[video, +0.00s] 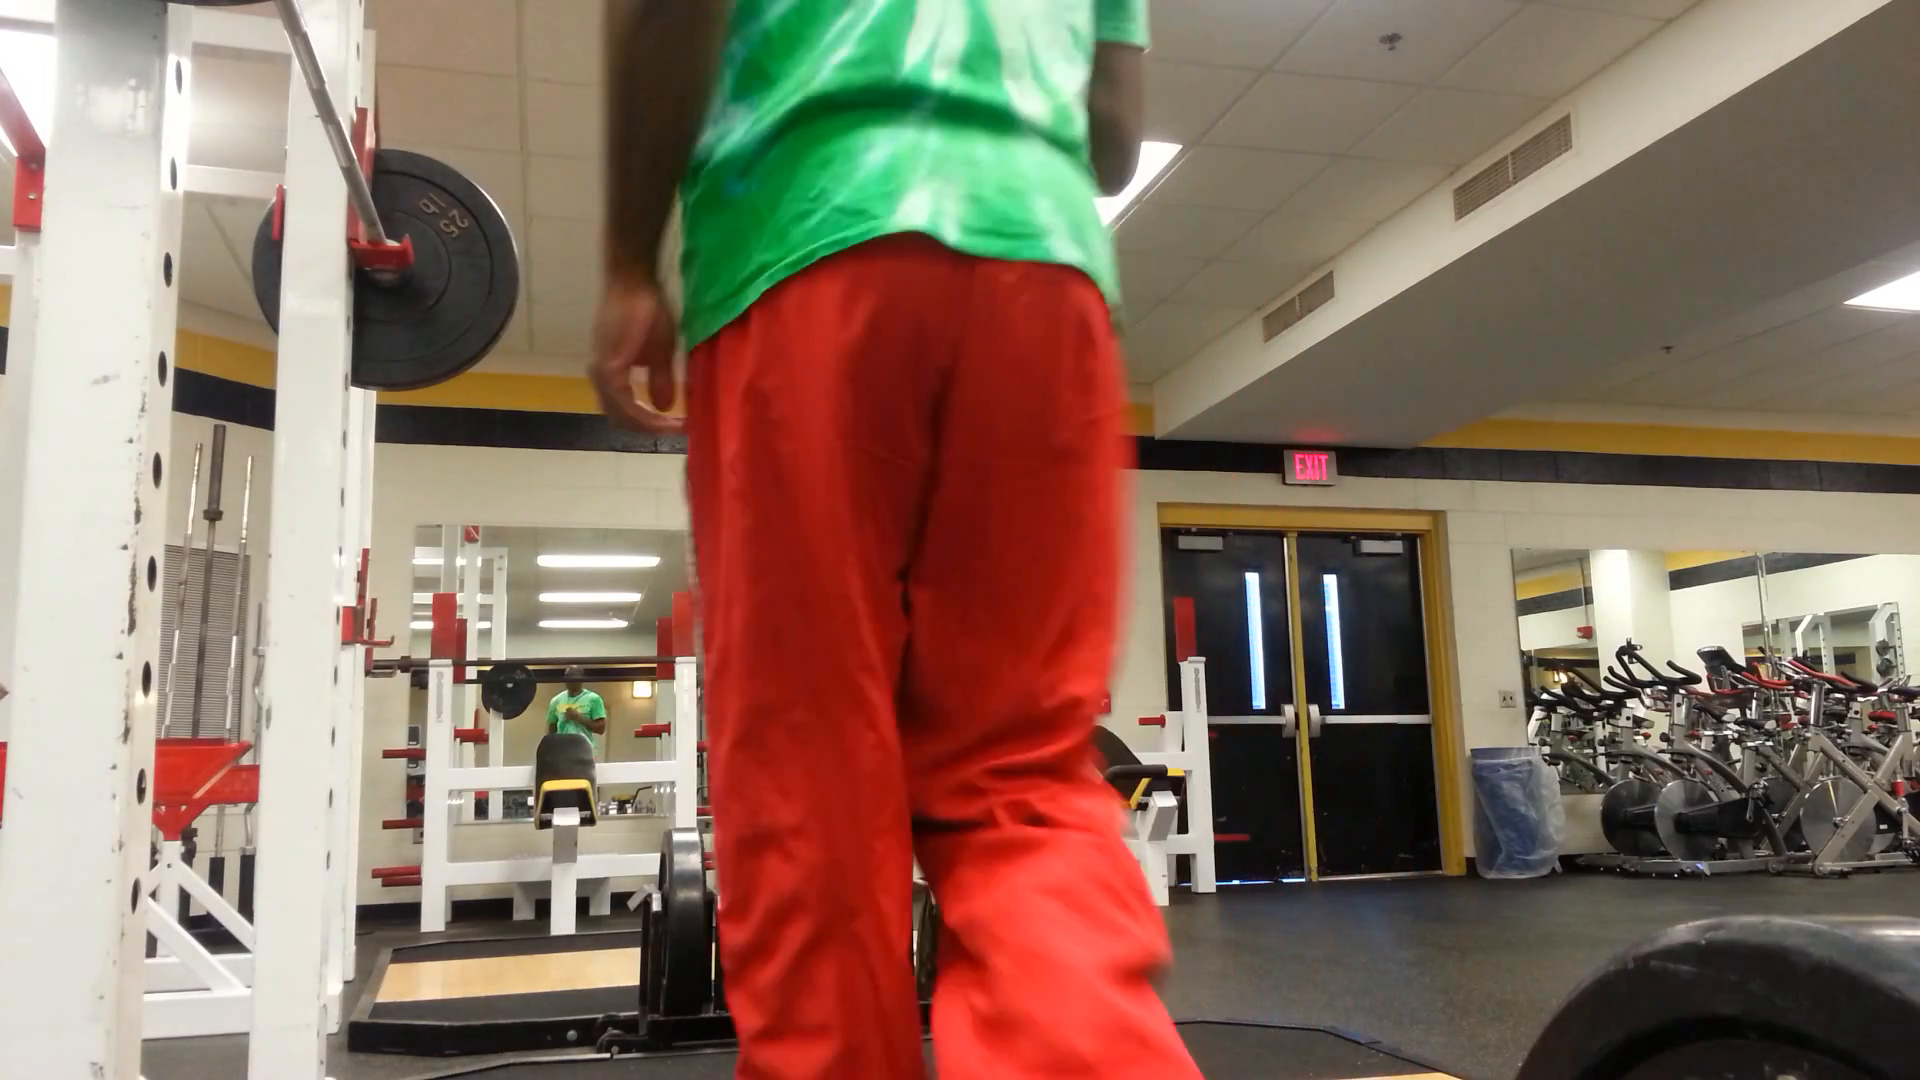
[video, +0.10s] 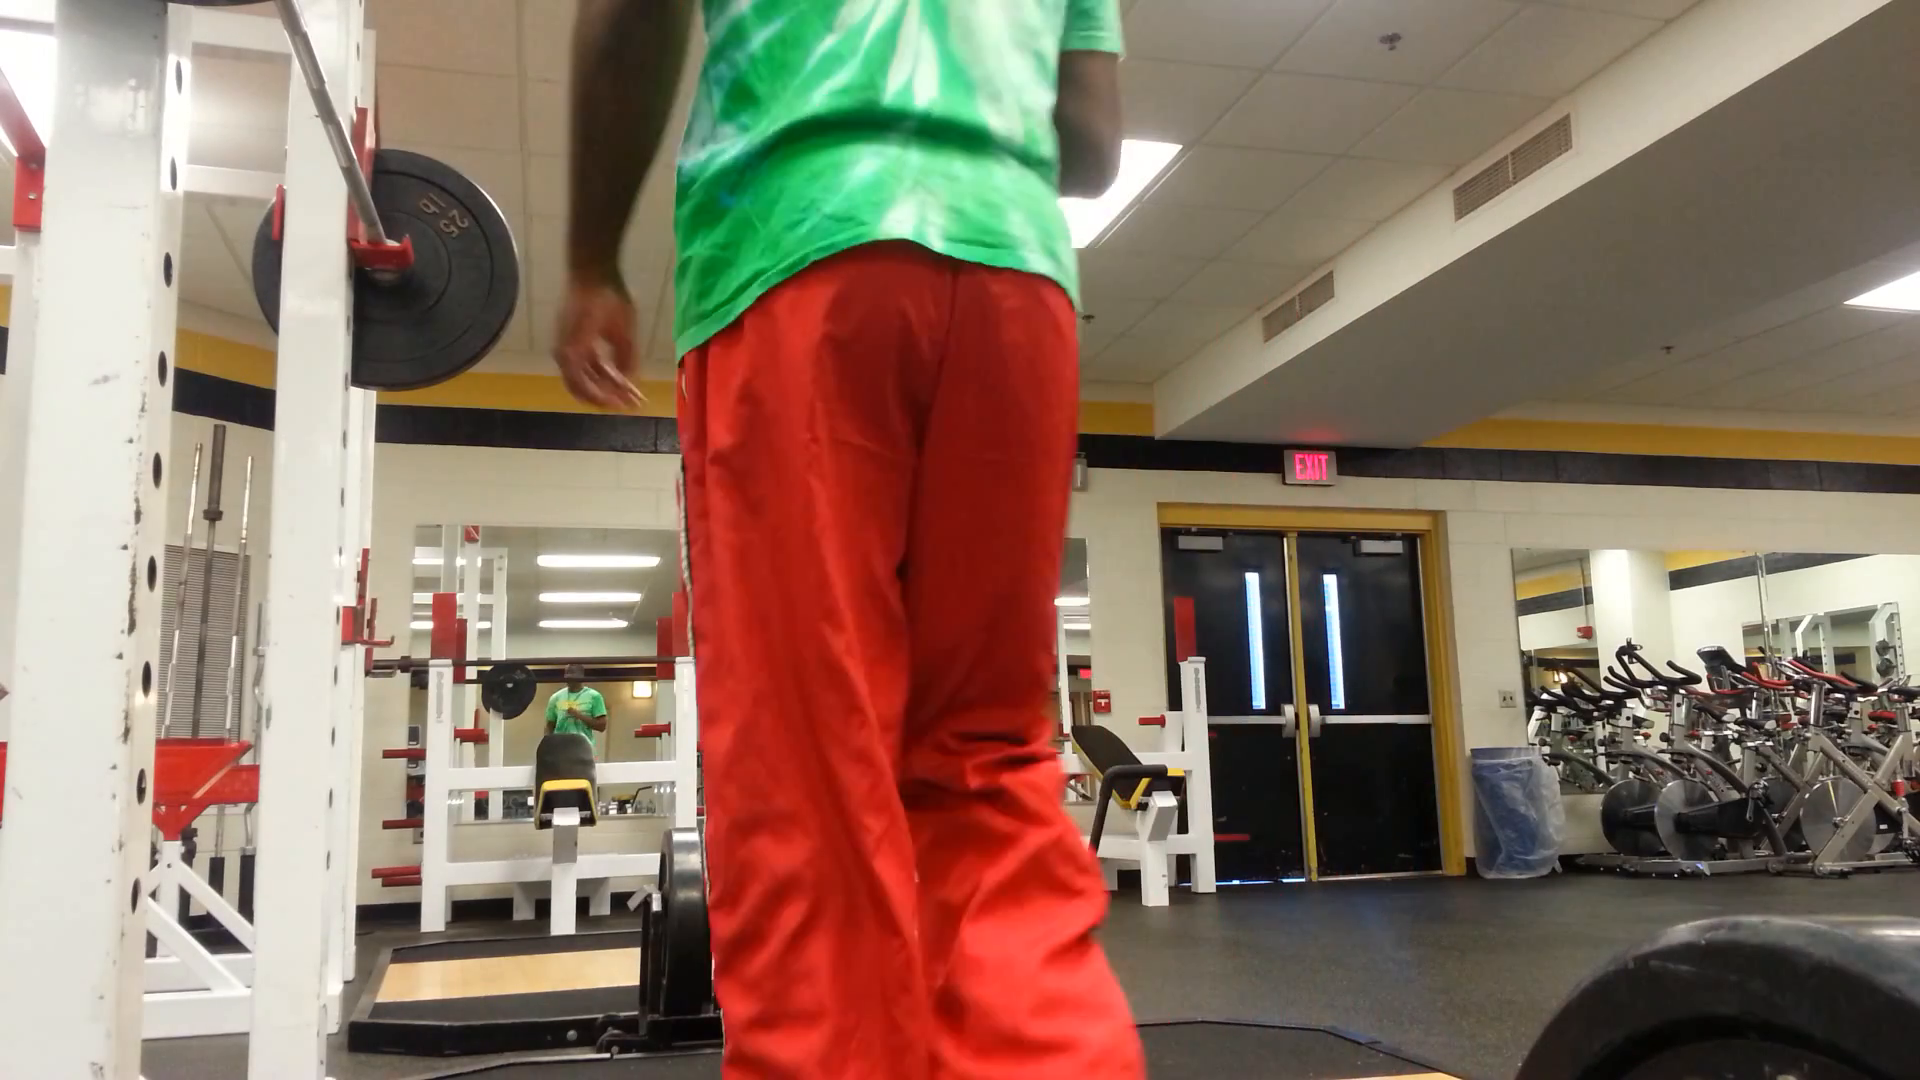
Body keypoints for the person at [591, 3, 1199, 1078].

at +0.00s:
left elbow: (673, 2)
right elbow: (1116, 127)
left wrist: (631, 260)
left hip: (808, 239)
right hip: (1046, 250)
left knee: (808, 777)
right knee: (1025, 769)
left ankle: (830, 1058)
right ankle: (1101, 1056)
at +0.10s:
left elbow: (636, 14)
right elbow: (1090, 138)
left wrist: (591, 259)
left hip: (804, 241)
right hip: (1022, 263)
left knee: (807, 761)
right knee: (990, 750)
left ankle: (830, 1059)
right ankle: (1061, 1059)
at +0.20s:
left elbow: (616, 24)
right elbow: (1071, 163)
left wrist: (559, 241)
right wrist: (934, 186)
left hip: (803, 256)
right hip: (1009, 288)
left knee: (815, 729)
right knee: (981, 739)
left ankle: (838, 1055)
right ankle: (1020, 1056)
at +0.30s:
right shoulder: (1012, 2)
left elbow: (656, 68)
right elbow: (1055, 221)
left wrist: (546, 251)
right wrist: (915, 229)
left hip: (804, 307)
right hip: (992, 324)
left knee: (820, 736)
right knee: (983, 735)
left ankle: (848, 1055)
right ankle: (988, 1056)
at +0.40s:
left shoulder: (737, 4)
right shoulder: (981, 25)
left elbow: (726, 103)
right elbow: (1023, 265)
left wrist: (572, 263)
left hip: (812, 357)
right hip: (985, 368)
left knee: (750, 766)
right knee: (954, 763)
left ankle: (822, 1061)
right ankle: (977, 1057)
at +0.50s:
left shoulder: (748, 1)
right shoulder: (943, 34)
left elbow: (741, 112)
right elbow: (958, 247)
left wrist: (536, 215)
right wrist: (732, 264)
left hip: (797, 360)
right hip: (964, 372)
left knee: (692, 744)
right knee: (935, 787)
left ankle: (787, 1058)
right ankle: (966, 1058)